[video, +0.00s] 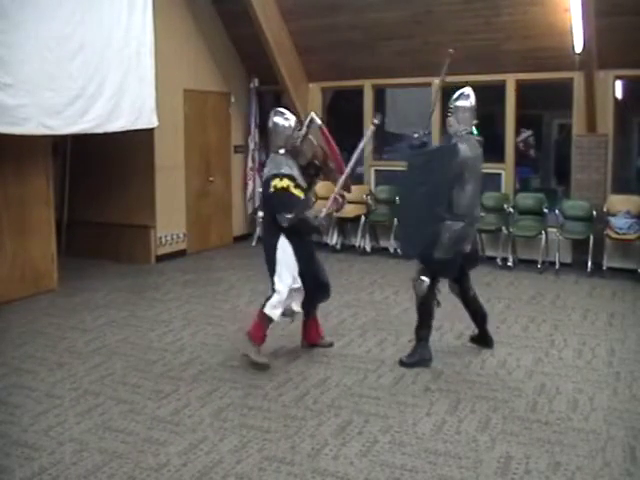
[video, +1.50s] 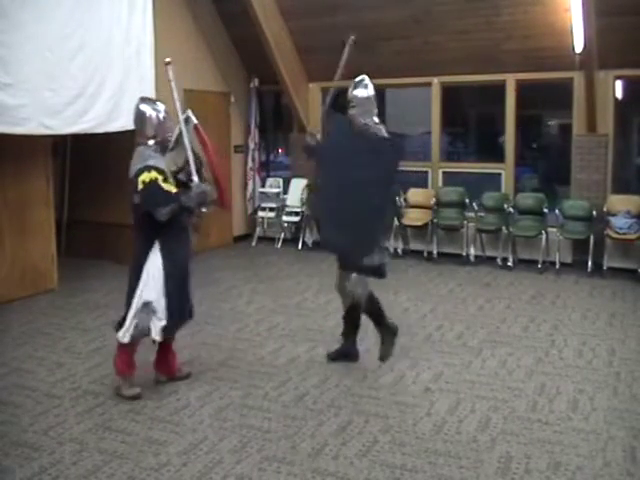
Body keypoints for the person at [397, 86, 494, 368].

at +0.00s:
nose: (449, 118)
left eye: (454, 114)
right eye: (451, 113)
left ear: (464, 118)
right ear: (467, 119)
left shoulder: (460, 149)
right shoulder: (472, 146)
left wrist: (418, 153)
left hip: (449, 224)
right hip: (464, 222)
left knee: (424, 281)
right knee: (460, 282)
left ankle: (422, 347)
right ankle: (483, 332)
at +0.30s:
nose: (454, 115)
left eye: (459, 110)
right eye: (453, 109)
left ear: (468, 112)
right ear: (454, 112)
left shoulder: (466, 143)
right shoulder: (469, 140)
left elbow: (450, 181)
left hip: (455, 220)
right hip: (465, 218)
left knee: (437, 277)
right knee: (467, 276)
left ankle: (422, 341)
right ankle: (484, 332)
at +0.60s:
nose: (432, 115)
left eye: (438, 110)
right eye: (431, 110)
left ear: (451, 114)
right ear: (429, 112)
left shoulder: (456, 146)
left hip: (440, 224)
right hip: (455, 223)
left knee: (423, 280)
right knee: (467, 279)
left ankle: (422, 342)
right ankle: (485, 333)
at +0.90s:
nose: (407, 110)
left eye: (413, 104)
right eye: (407, 104)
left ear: (423, 107)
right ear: (406, 107)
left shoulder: (432, 143)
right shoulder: (412, 140)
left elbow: (440, 191)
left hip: (429, 220)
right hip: (415, 219)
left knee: (414, 276)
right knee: (418, 272)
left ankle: (421, 340)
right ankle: (444, 318)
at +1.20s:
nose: (381, 112)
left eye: (385, 107)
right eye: (382, 107)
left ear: (392, 110)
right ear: (391, 110)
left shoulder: (405, 142)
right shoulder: (392, 140)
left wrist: (363, 167)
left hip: (409, 227)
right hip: (395, 225)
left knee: (407, 285)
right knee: (373, 279)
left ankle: (422, 343)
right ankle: (359, 336)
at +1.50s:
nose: (358, 110)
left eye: (360, 105)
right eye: (356, 105)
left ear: (355, 108)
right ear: (356, 108)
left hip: (359, 219)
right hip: (351, 217)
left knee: (351, 283)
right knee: (349, 281)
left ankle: (386, 328)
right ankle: (349, 343)